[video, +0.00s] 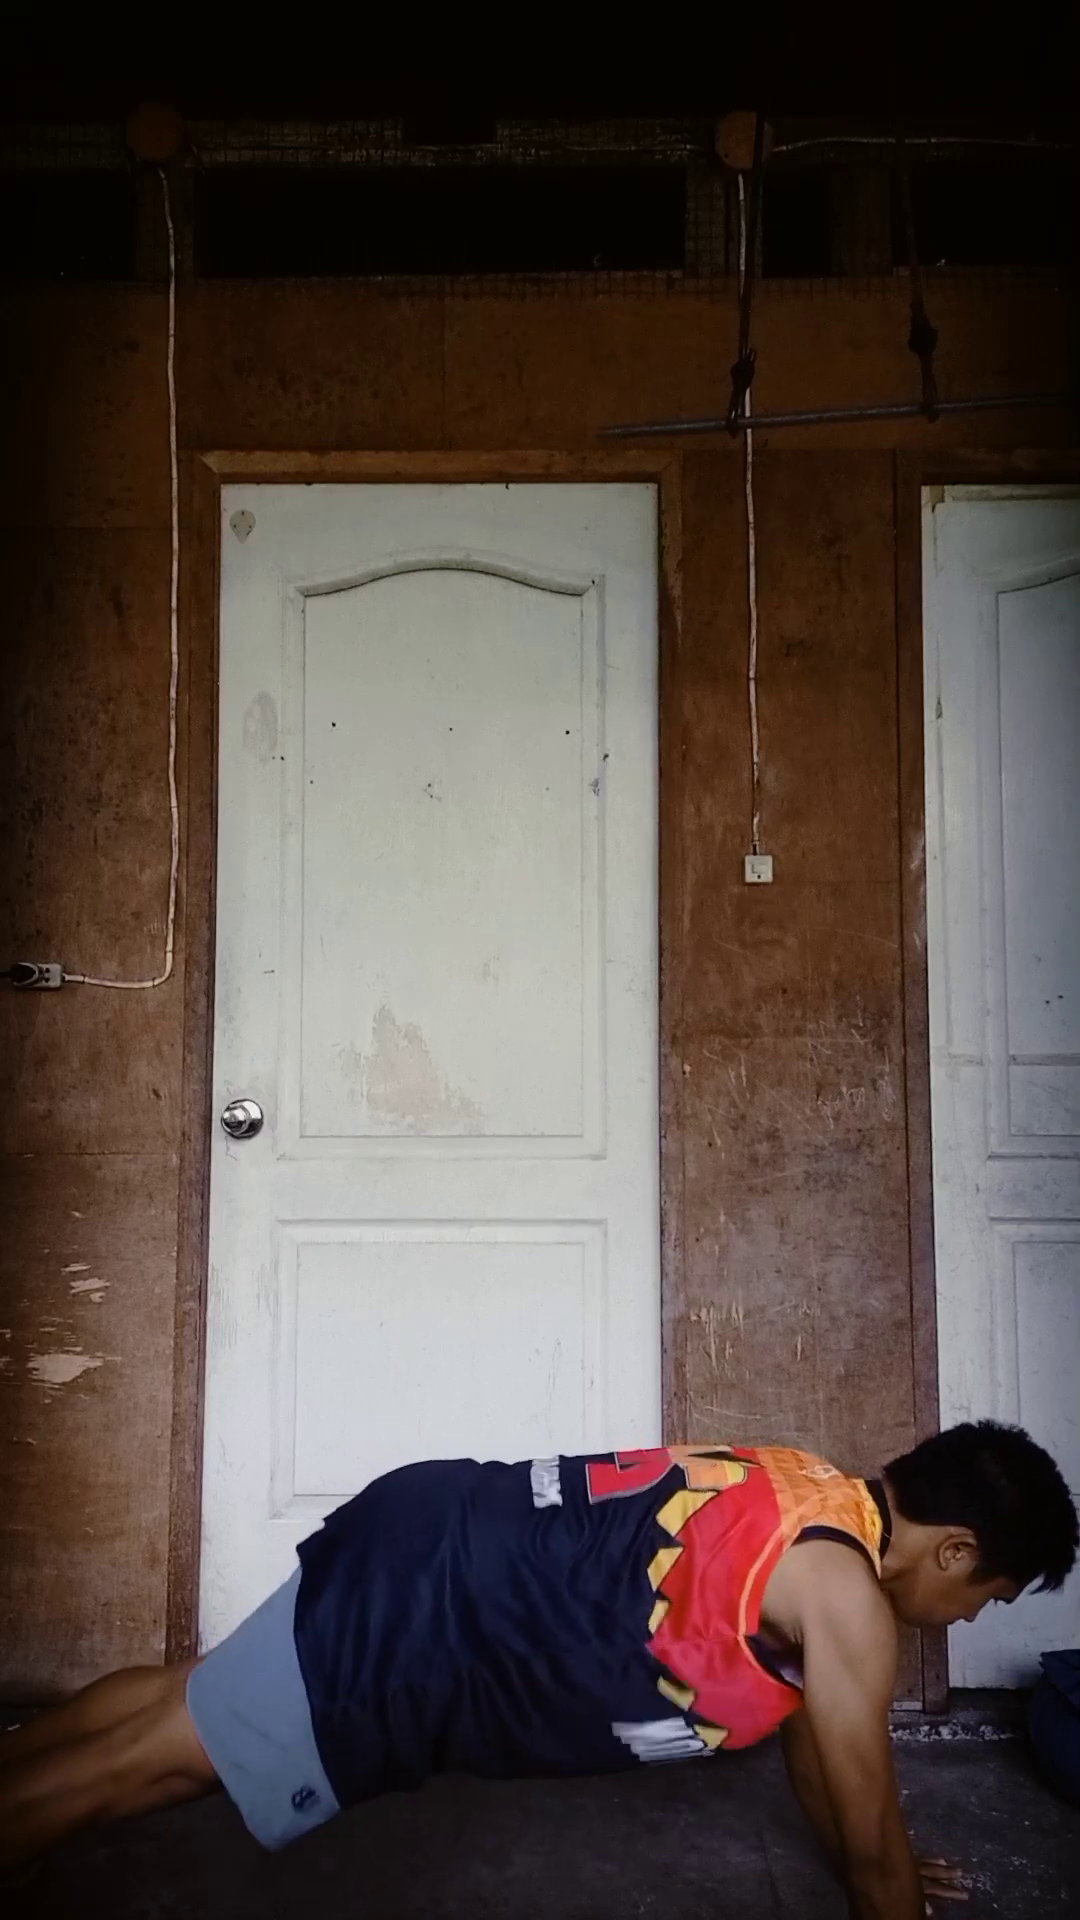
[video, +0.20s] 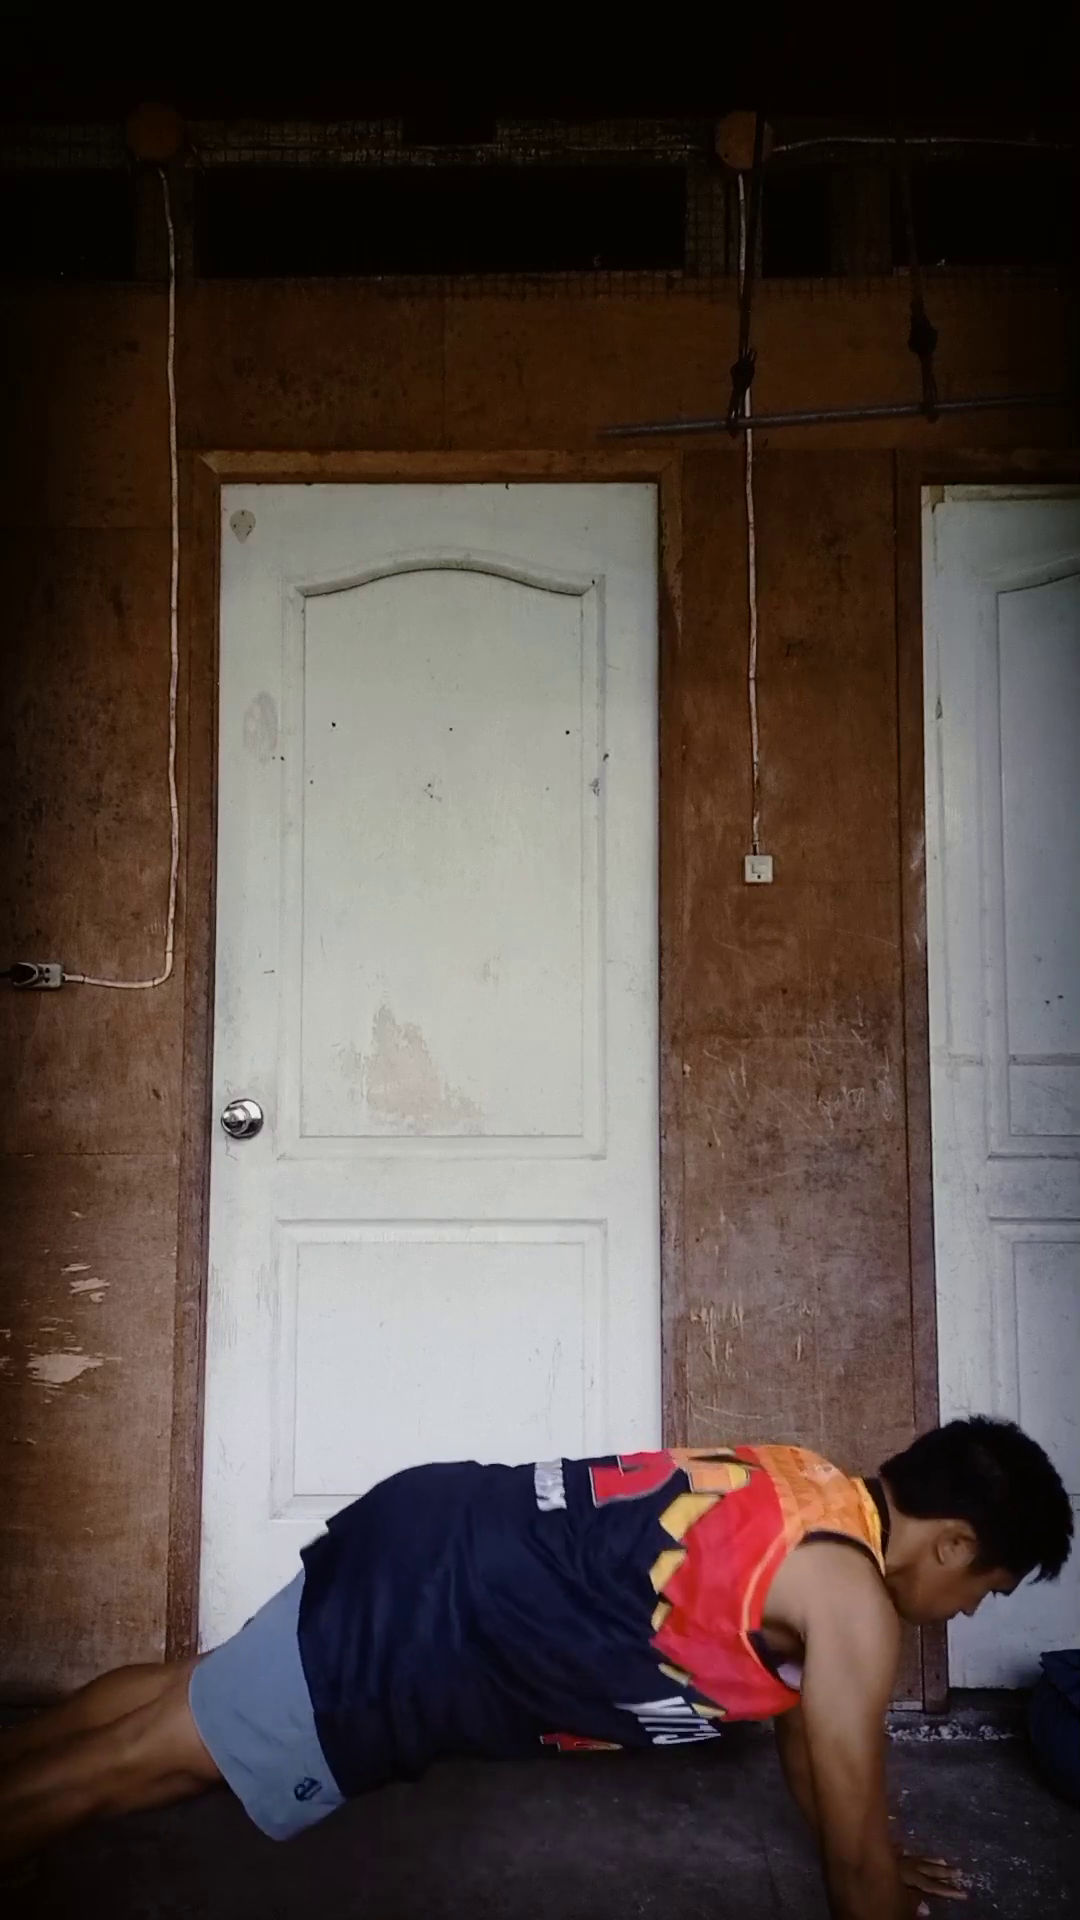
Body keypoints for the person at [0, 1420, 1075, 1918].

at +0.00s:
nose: (975, 1616)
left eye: (996, 1597)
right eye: (992, 1591)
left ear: (927, 1487)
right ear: (959, 1551)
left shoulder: (809, 1482)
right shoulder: (844, 1609)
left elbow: (810, 1735)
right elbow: (868, 1848)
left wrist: (893, 1860)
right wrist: (911, 1900)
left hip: (426, 1522)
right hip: (424, 1617)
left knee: (174, 1696)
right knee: (143, 1768)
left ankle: (13, 1763)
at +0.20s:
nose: (973, 1611)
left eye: (993, 1592)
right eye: (988, 1585)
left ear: (923, 1487)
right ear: (954, 1543)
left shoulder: (810, 1480)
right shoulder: (848, 1611)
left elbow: (807, 1712)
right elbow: (860, 1871)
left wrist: (876, 1849)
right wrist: (903, 1896)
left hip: (430, 1527)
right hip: (428, 1620)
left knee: (166, 1695)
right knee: (127, 1769)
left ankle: (15, 1761)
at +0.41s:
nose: (980, 1623)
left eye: (1001, 1606)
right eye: (996, 1599)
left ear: (931, 1492)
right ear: (964, 1557)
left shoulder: (810, 1483)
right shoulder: (851, 1617)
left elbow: (809, 1714)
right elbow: (864, 1865)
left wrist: (884, 1852)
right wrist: (905, 1896)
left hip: (437, 1537)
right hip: (438, 1644)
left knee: (192, 1688)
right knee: (143, 1787)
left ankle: (2, 1767)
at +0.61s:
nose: (982, 1622)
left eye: (1005, 1605)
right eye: (999, 1597)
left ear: (936, 1491)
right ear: (965, 1553)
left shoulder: (815, 1481)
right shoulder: (851, 1618)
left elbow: (802, 1712)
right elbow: (869, 1873)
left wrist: (877, 1848)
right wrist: (910, 1892)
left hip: (446, 1541)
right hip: (445, 1652)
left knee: (187, 1697)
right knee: (147, 1782)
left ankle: (4, 1768)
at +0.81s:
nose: (983, 1611)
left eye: (1004, 1593)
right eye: (998, 1586)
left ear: (935, 1489)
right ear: (959, 1541)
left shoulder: (813, 1472)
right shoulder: (851, 1612)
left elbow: (804, 1702)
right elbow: (861, 1866)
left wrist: (872, 1846)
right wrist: (904, 1897)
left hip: (446, 1535)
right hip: (442, 1641)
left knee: (192, 1693)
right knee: (154, 1776)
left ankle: (4, 1766)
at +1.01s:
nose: (987, 1627)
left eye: (1008, 1608)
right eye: (1002, 1602)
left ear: (935, 1498)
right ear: (966, 1557)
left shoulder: (823, 1487)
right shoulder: (856, 1620)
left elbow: (806, 1713)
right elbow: (867, 1879)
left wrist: (877, 1850)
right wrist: (910, 1896)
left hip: (450, 1551)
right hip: (445, 1656)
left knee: (194, 1697)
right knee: (140, 1793)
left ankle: (1, 1766)